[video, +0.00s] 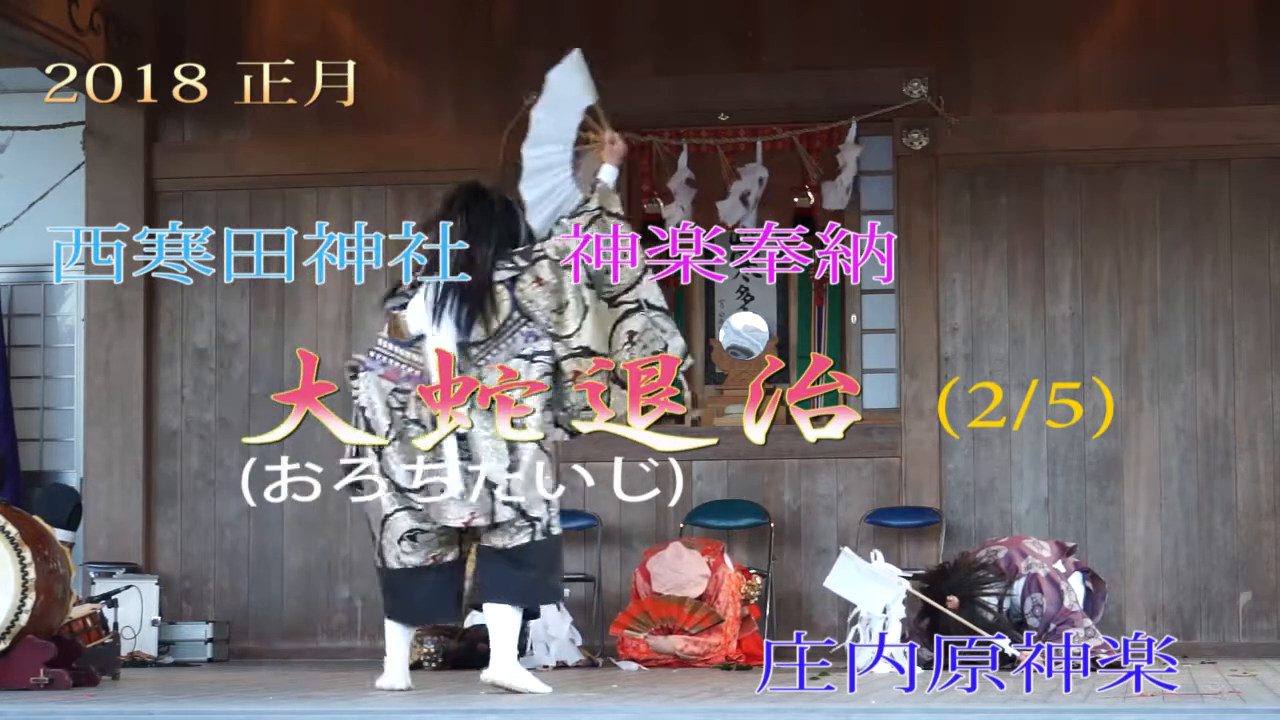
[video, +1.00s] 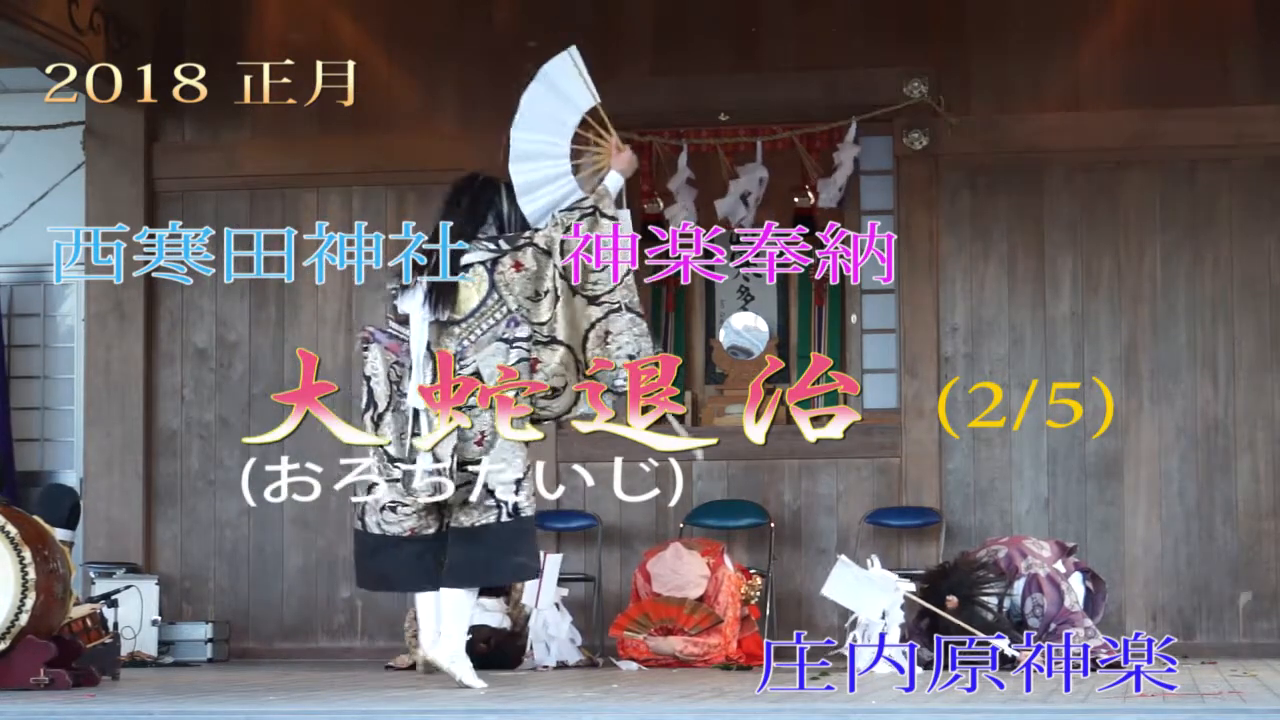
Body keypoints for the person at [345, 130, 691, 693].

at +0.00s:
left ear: (444, 233)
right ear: (508, 235)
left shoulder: (416, 298)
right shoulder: (527, 288)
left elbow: (382, 375)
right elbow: (582, 239)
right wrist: (608, 172)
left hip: (424, 448)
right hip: (503, 445)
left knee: (410, 550)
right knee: (509, 547)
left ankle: (396, 666)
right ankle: (504, 660)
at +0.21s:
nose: (486, 240)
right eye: (482, 231)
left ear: (419, 235)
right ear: (477, 235)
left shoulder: (389, 296)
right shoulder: (488, 284)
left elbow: (370, 381)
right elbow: (544, 250)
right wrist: (579, 187)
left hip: (394, 450)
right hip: (464, 448)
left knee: (394, 549)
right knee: (513, 531)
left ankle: (394, 660)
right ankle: (484, 620)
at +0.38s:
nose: (478, 236)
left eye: (473, 226)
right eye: (475, 227)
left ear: (419, 226)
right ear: (474, 227)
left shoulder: (387, 286)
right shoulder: (490, 271)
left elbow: (361, 369)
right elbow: (539, 235)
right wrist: (571, 174)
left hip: (388, 434)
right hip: (458, 432)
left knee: (394, 545)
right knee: (478, 539)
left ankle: (391, 655)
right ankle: (457, 640)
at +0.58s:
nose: (489, 217)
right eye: (484, 206)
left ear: (423, 215)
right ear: (481, 212)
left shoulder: (402, 270)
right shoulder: (498, 260)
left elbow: (374, 344)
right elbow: (543, 223)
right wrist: (579, 162)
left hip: (398, 414)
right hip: (465, 418)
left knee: (400, 532)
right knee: (462, 531)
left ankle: (392, 642)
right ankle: (453, 644)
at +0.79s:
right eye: (500, 205)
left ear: (438, 212)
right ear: (496, 211)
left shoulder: (416, 266)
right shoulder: (508, 262)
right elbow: (557, 225)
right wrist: (598, 167)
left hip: (415, 411)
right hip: (484, 415)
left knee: (409, 518)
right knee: (473, 529)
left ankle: (392, 625)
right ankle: (452, 644)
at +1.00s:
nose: (513, 217)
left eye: (506, 208)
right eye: (508, 207)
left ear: (451, 216)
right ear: (503, 215)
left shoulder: (427, 272)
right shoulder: (508, 266)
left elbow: (389, 345)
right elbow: (567, 235)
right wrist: (614, 179)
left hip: (423, 409)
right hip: (482, 410)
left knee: (429, 518)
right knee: (472, 520)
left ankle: (433, 638)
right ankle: (450, 641)